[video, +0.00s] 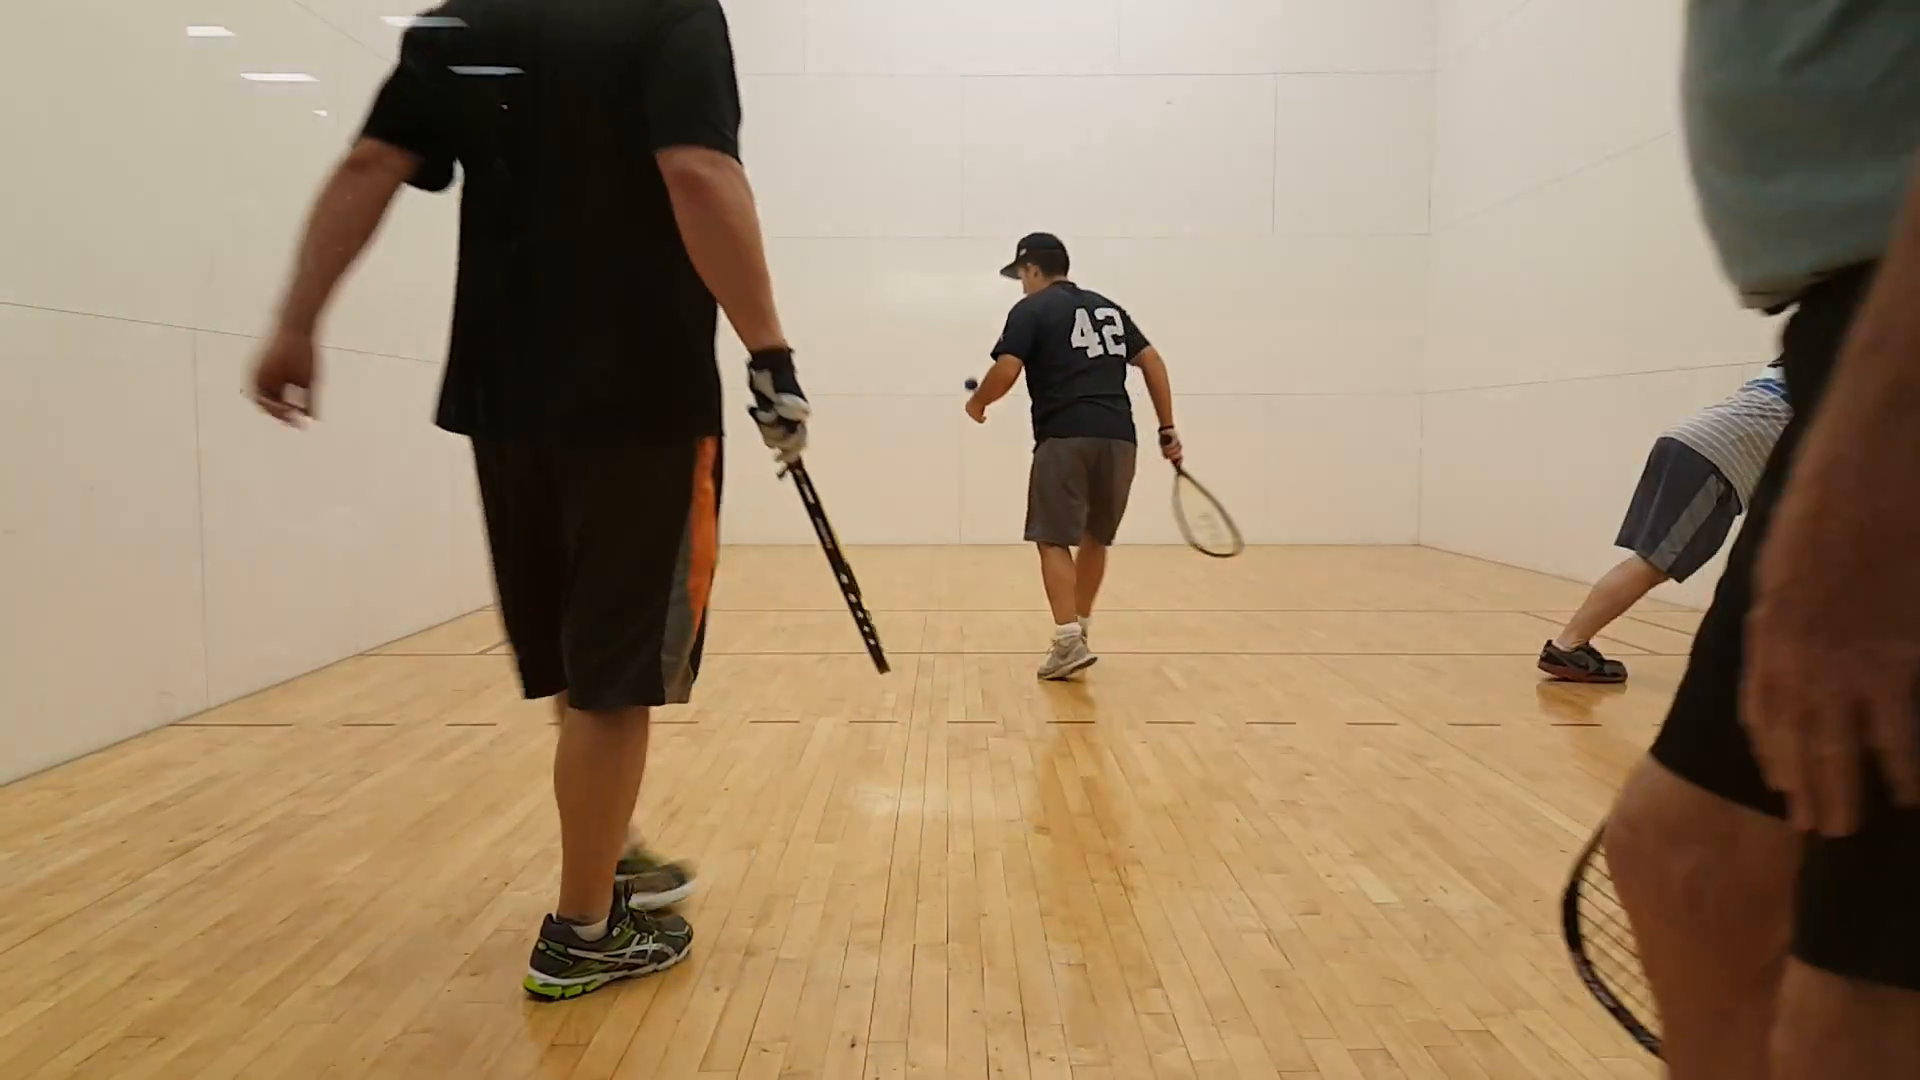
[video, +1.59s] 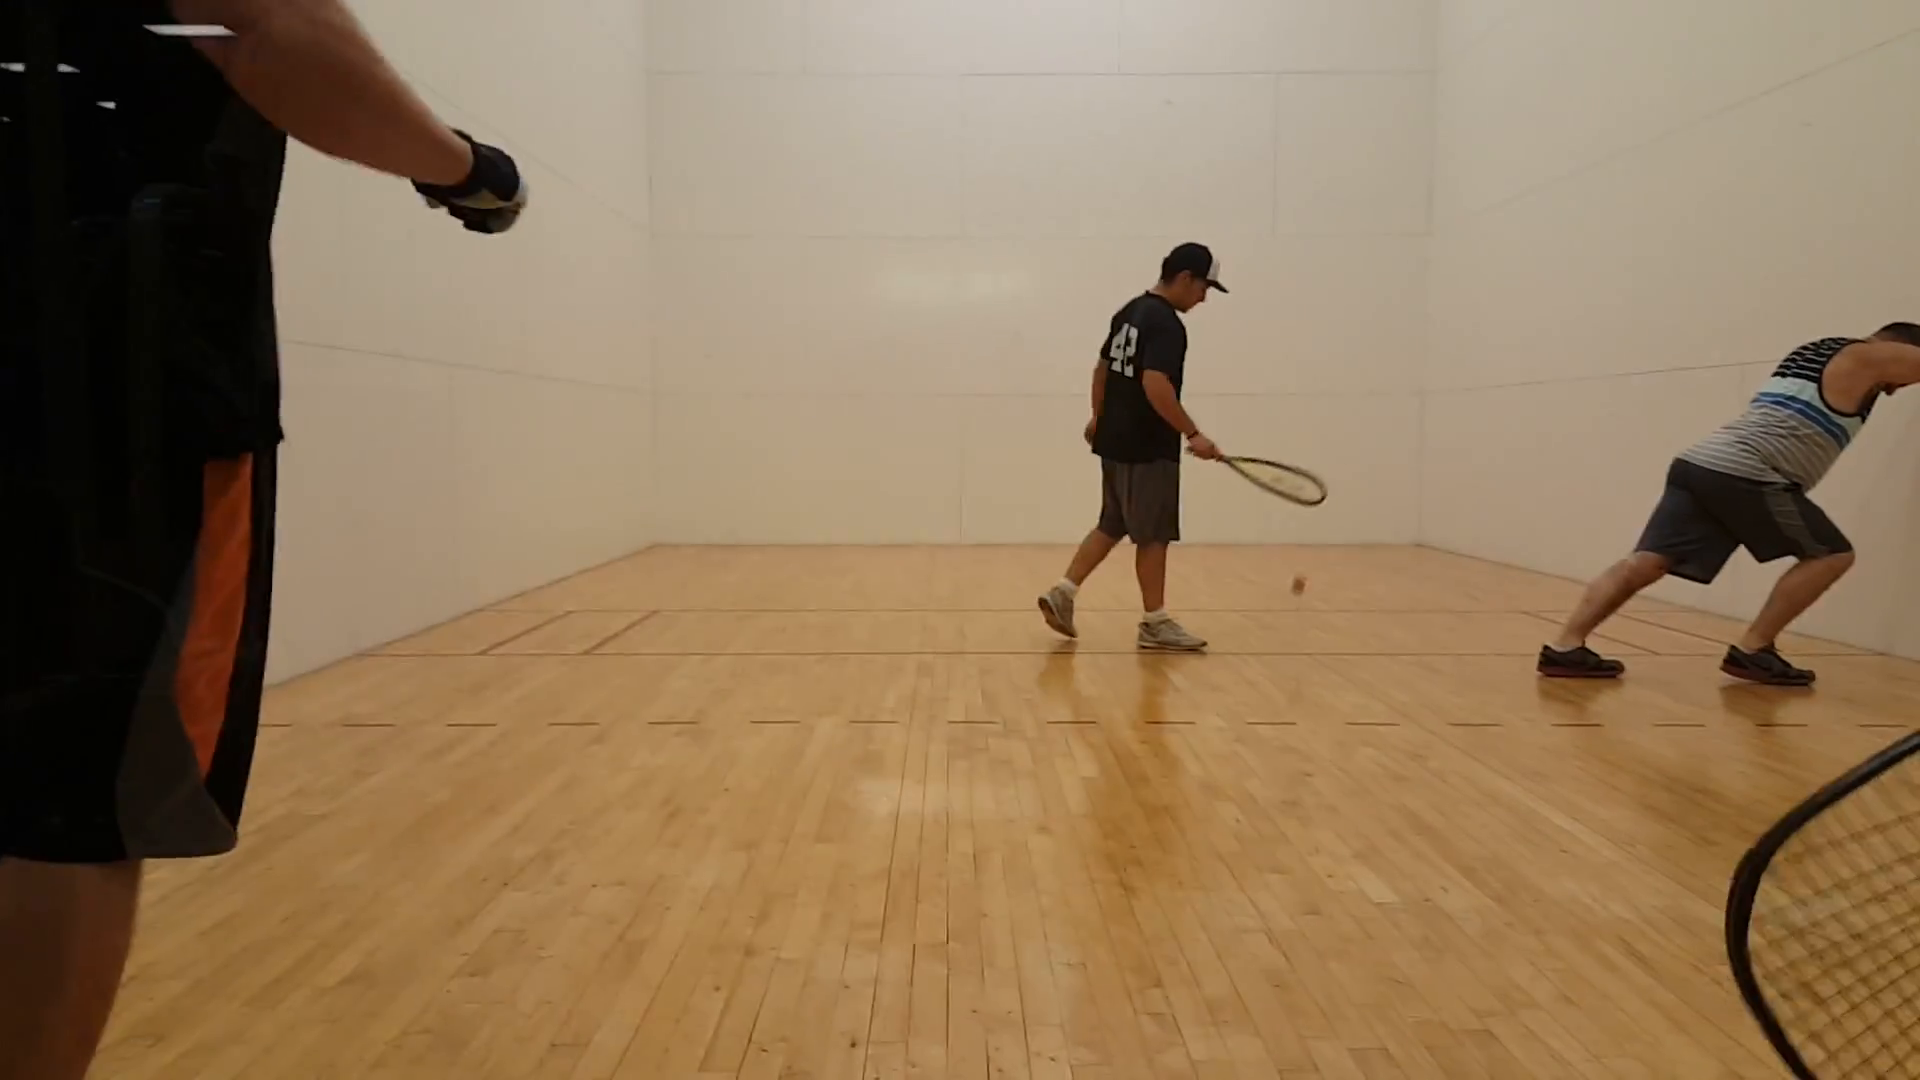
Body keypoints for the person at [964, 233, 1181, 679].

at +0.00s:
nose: (1020, 284)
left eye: (1020, 274)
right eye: (1018, 275)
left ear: (1033, 269)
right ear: (1063, 269)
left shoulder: (1031, 309)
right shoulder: (1105, 306)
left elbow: (1006, 370)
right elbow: (1151, 360)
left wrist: (979, 400)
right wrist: (1167, 426)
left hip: (1066, 438)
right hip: (1121, 440)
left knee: (1052, 539)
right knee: (1096, 538)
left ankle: (1068, 638)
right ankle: (1078, 631)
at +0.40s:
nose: (1051, 268)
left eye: (1050, 262)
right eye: (1058, 263)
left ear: (1053, 263)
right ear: (1093, 264)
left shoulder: (1030, 308)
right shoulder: (1119, 312)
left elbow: (999, 370)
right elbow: (1137, 372)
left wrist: (1021, 374)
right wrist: (1134, 429)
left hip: (1039, 443)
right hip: (1092, 447)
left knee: (1026, 526)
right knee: (1076, 538)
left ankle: (1012, 603)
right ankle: (1055, 632)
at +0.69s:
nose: (1101, 283)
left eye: (1103, 275)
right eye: (1102, 274)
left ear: (1060, 268)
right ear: (1089, 269)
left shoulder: (1028, 315)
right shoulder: (1096, 316)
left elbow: (1026, 382)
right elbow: (1109, 378)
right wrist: (1123, 391)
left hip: (1037, 443)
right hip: (1083, 446)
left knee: (1040, 535)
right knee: (1075, 534)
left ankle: (1035, 622)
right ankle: (1054, 622)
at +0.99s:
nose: (1106, 287)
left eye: (1108, 279)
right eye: (1104, 278)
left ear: (1071, 273)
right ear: (1082, 272)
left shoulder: (1043, 313)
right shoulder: (1076, 313)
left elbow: (1064, 377)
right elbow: (1068, 364)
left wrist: (1122, 386)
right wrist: (1107, 399)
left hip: (1044, 445)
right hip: (1081, 444)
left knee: (1049, 527)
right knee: (1118, 520)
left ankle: (1038, 620)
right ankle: (1079, 602)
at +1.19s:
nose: (1126, 291)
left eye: (1128, 283)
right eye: (1123, 281)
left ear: (1095, 276)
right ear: (1100, 274)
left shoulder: (1067, 314)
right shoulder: (1087, 317)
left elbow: (1098, 382)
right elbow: (1074, 371)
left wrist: (1150, 387)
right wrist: (1122, 406)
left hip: (1058, 448)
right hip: (1090, 448)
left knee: (1056, 528)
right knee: (1121, 527)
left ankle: (1039, 619)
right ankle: (1136, 618)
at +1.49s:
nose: (1184, 300)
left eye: (1187, 292)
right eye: (1184, 290)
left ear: (1158, 280)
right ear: (1165, 280)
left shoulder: (1118, 312)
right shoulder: (1147, 324)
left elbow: (1107, 377)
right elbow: (1132, 380)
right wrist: (1164, 436)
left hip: (1099, 448)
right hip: (1133, 452)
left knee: (1089, 527)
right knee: (1148, 534)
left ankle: (1048, 604)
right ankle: (1154, 620)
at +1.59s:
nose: (1203, 297)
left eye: (1206, 289)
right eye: (1202, 287)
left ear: (1175, 278)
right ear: (1184, 279)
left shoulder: (1131, 310)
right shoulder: (1167, 324)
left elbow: (1102, 368)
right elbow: (1156, 384)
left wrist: (1098, 415)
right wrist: (1193, 433)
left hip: (1115, 442)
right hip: (1149, 448)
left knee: (1112, 522)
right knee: (1153, 533)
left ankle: (1064, 592)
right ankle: (1156, 620)